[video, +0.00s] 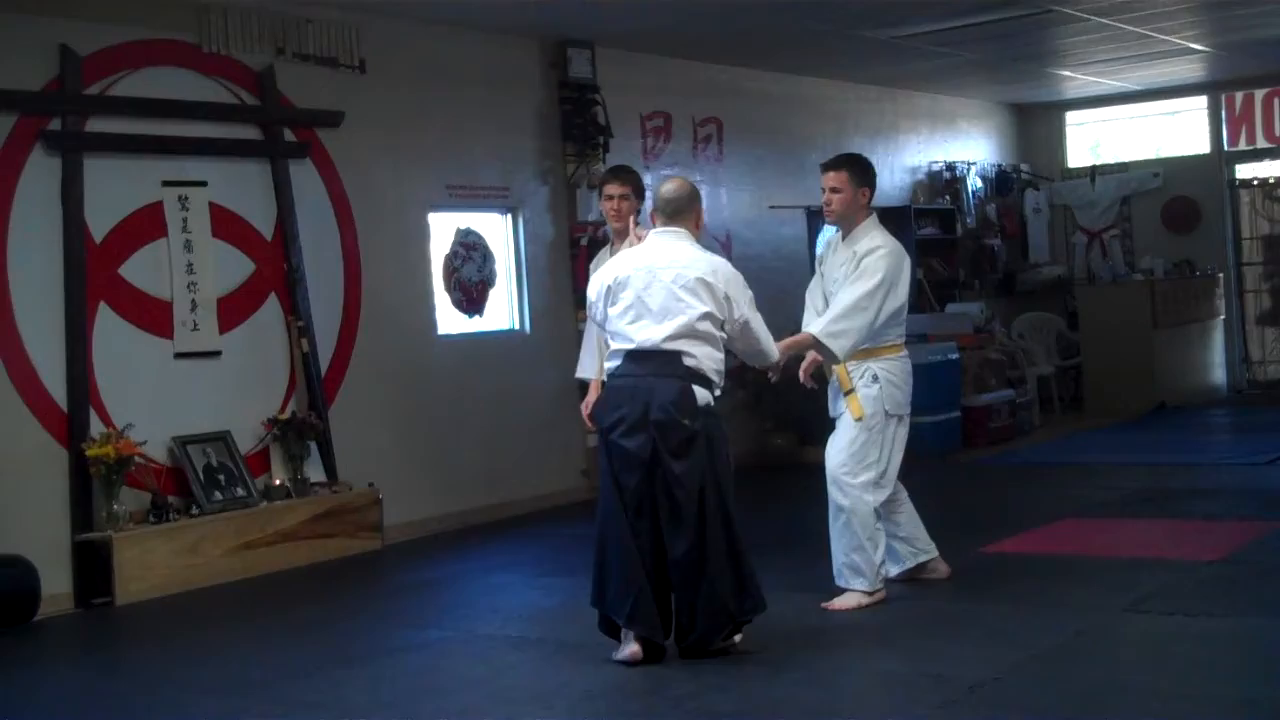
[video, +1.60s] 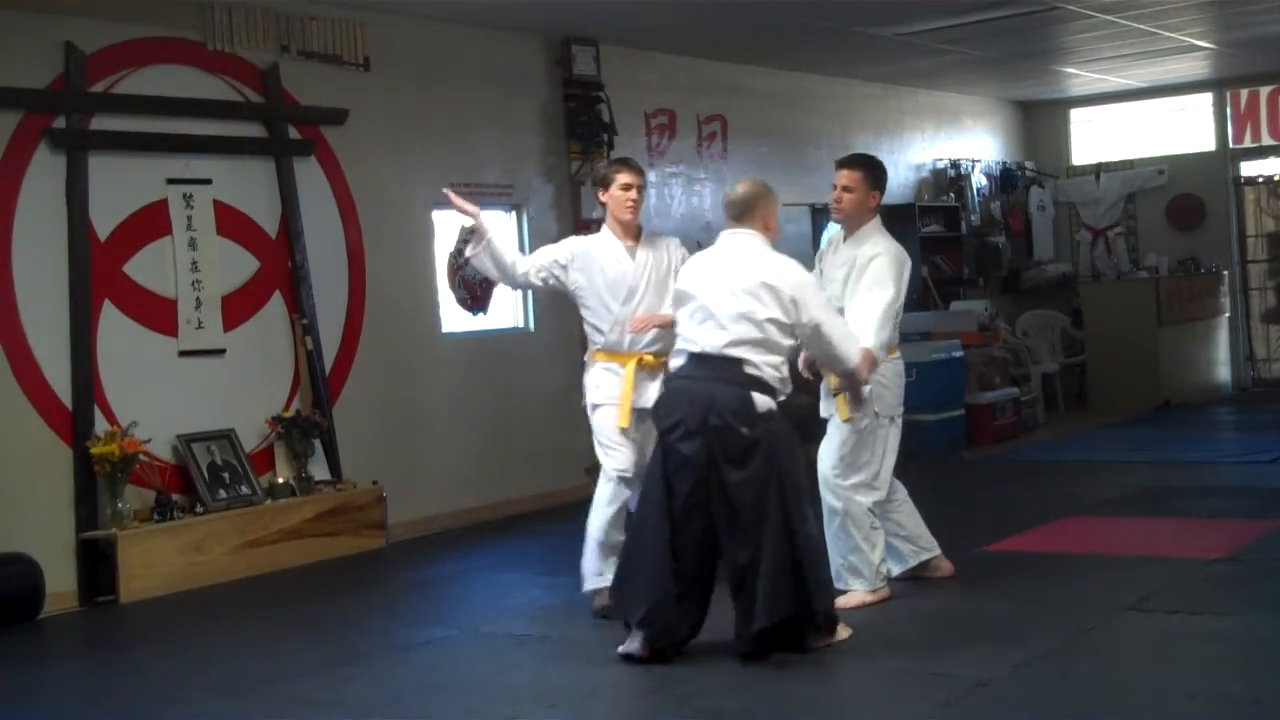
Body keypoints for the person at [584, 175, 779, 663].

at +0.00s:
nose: (704, 221)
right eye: (703, 215)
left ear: (652, 216)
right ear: (699, 218)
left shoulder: (613, 268)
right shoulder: (715, 270)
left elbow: (596, 324)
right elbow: (760, 350)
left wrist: (623, 255)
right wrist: (782, 351)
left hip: (620, 391)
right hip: (685, 391)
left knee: (628, 512)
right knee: (698, 509)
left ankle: (636, 633)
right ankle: (709, 628)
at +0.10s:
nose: (695, 218)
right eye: (693, 211)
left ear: (643, 213)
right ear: (688, 215)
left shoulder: (609, 265)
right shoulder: (711, 266)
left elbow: (586, 313)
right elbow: (751, 333)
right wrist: (772, 352)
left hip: (618, 390)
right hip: (682, 389)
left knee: (627, 513)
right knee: (698, 508)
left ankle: (636, 635)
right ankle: (711, 628)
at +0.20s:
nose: (684, 218)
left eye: (627, 209)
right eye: (682, 211)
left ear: (632, 215)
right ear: (676, 214)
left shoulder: (599, 268)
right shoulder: (703, 265)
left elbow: (579, 330)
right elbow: (749, 335)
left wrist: (611, 357)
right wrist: (770, 346)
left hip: (614, 393)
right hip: (679, 390)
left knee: (624, 515)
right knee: (694, 509)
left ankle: (635, 638)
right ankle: (707, 630)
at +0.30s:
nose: (674, 216)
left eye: (615, 208)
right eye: (672, 209)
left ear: (621, 215)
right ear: (667, 213)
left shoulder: (591, 271)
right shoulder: (697, 264)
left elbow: (573, 351)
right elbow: (749, 336)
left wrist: (586, 381)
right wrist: (768, 335)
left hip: (610, 397)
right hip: (677, 393)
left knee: (622, 516)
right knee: (692, 510)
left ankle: (637, 638)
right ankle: (706, 631)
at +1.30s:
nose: (695, 220)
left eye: (692, 213)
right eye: (693, 213)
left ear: (640, 217)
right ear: (685, 216)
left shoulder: (604, 269)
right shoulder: (710, 266)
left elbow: (600, 341)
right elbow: (758, 343)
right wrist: (768, 360)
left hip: (624, 399)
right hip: (689, 398)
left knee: (628, 518)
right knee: (727, 507)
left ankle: (635, 639)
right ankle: (770, 616)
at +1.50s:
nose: (747, 221)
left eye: (743, 213)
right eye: (745, 214)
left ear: (695, 220)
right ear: (738, 218)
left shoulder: (663, 266)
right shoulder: (759, 274)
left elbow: (634, 321)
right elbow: (810, 351)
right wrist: (812, 375)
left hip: (665, 400)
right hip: (730, 403)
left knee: (661, 519)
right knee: (760, 516)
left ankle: (643, 637)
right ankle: (808, 623)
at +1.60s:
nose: (780, 222)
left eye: (777, 215)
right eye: (778, 215)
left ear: (728, 219)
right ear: (769, 219)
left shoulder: (694, 265)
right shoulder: (789, 275)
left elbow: (688, 324)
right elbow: (837, 346)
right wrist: (853, 379)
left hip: (682, 393)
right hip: (747, 398)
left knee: (675, 515)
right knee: (774, 514)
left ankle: (649, 629)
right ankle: (799, 623)